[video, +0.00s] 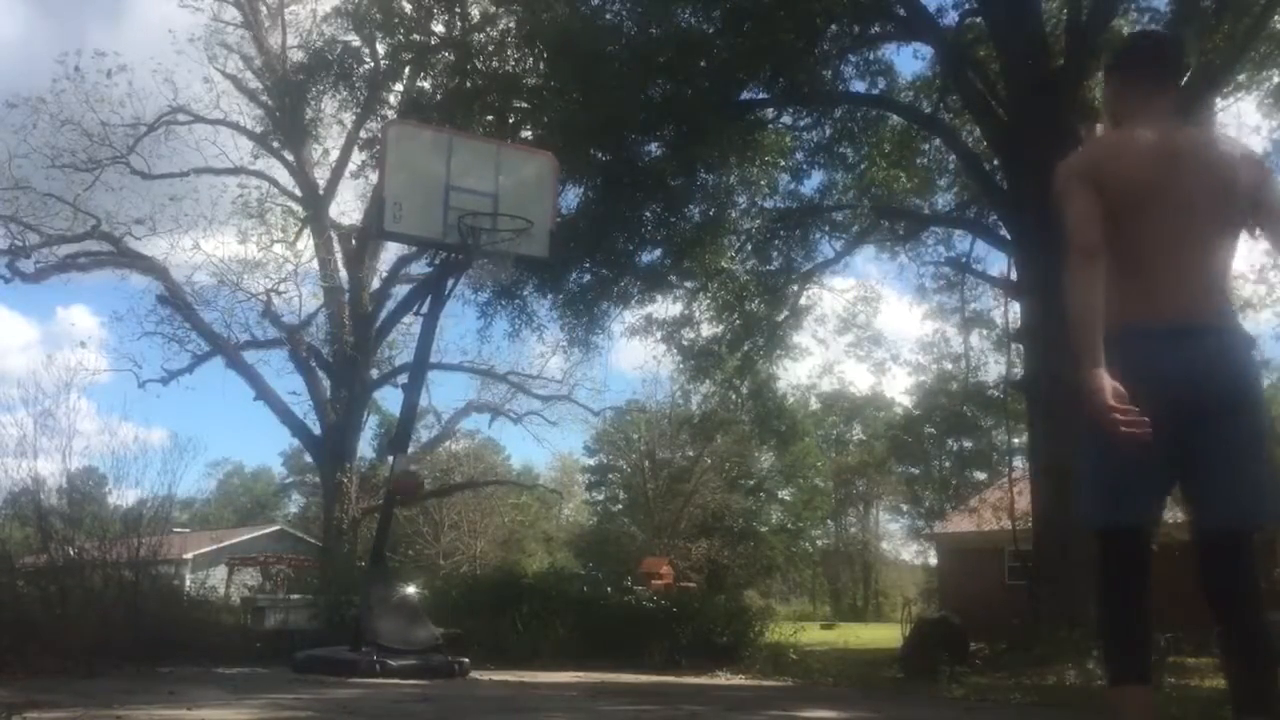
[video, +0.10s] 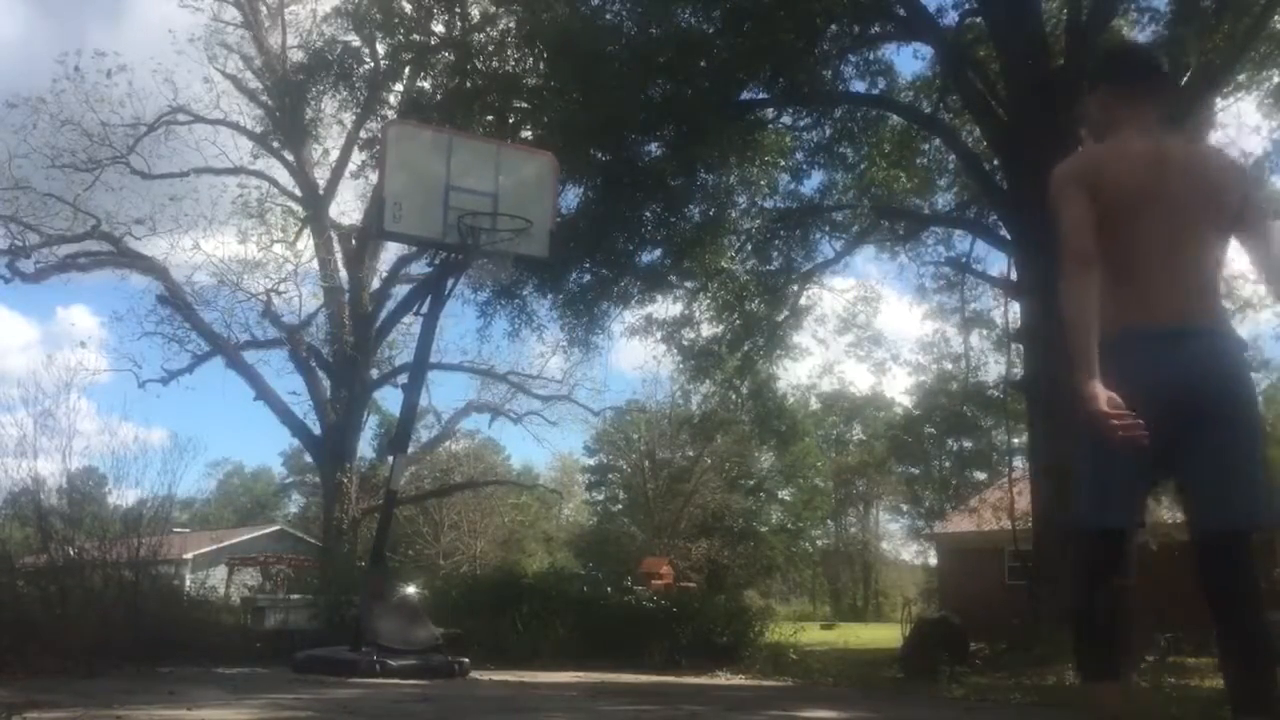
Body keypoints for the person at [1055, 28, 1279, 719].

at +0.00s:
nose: (1110, 99)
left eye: (1111, 88)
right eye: (1114, 88)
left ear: (1116, 88)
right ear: (1178, 86)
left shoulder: (1087, 162)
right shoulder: (1232, 159)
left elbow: (1086, 258)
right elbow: (1278, 230)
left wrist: (1094, 365)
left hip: (1128, 361)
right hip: (1219, 359)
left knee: (1122, 547)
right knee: (1231, 546)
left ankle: (1130, 696)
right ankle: (1255, 699)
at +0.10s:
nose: (1085, 121)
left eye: (1088, 109)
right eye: (1086, 109)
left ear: (1106, 103)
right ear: (1163, 100)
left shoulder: (1081, 169)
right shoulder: (1223, 168)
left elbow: (1081, 268)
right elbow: (1272, 265)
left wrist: (1088, 375)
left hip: (1124, 366)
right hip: (1214, 365)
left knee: (1103, 549)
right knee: (1230, 549)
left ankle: (1103, 699)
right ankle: (1254, 700)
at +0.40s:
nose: (1002, 168)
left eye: (1004, 155)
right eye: (1001, 156)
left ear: (1023, 147)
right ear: (1068, 141)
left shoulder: (1023, 200)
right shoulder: (1132, 204)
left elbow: (1030, 311)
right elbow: (1136, 302)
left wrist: (1036, 431)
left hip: (1076, 382)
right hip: (1152, 376)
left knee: (1053, 557)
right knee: (1174, 550)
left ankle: (1036, 700)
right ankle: (1225, 698)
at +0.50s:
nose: (972, 178)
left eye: (974, 164)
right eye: (969, 165)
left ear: (998, 155)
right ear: (1040, 153)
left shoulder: (992, 203)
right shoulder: (1096, 206)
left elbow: (997, 316)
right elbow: (1106, 305)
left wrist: (1001, 423)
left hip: (1040, 374)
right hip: (1116, 372)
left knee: (1036, 547)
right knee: (1127, 546)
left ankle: (1025, 693)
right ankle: (1197, 685)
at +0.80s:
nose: (904, 179)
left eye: (905, 168)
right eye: (904, 168)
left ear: (919, 159)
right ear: (957, 155)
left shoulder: (922, 214)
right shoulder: (1011, 213)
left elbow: (906, 326)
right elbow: (1027, 314)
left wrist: (884, 435)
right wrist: (1024, 378)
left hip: (967, 385)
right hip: (1027, 384)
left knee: (976, 541)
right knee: (990, 532)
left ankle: (1007, 694)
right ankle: (1010, 681)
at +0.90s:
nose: (881, 180)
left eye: (884, 169)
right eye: (881, 170)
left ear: (902, 164)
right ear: (937, 161)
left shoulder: (901, 223)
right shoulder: (988, 228)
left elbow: (882, 337)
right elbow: (1006, 326)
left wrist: (853, 434)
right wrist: (1007, 390)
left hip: (945, 392)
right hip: (1001, 392)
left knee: (947, 544)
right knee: (965, 537)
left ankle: (991, 687)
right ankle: (927, 675)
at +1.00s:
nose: (859, 195)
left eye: (862, 184)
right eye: (861, 184)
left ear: (873, 181)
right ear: (915, 177)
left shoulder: (872, 239)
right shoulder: (956, 237)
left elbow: (862, 347)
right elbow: (985, 333)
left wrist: (834, 442)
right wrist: (991, 402)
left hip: (915, 399)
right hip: (971, 397)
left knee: (941, 544)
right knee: (928, 544)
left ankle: (985, 683)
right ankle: (898, 685)